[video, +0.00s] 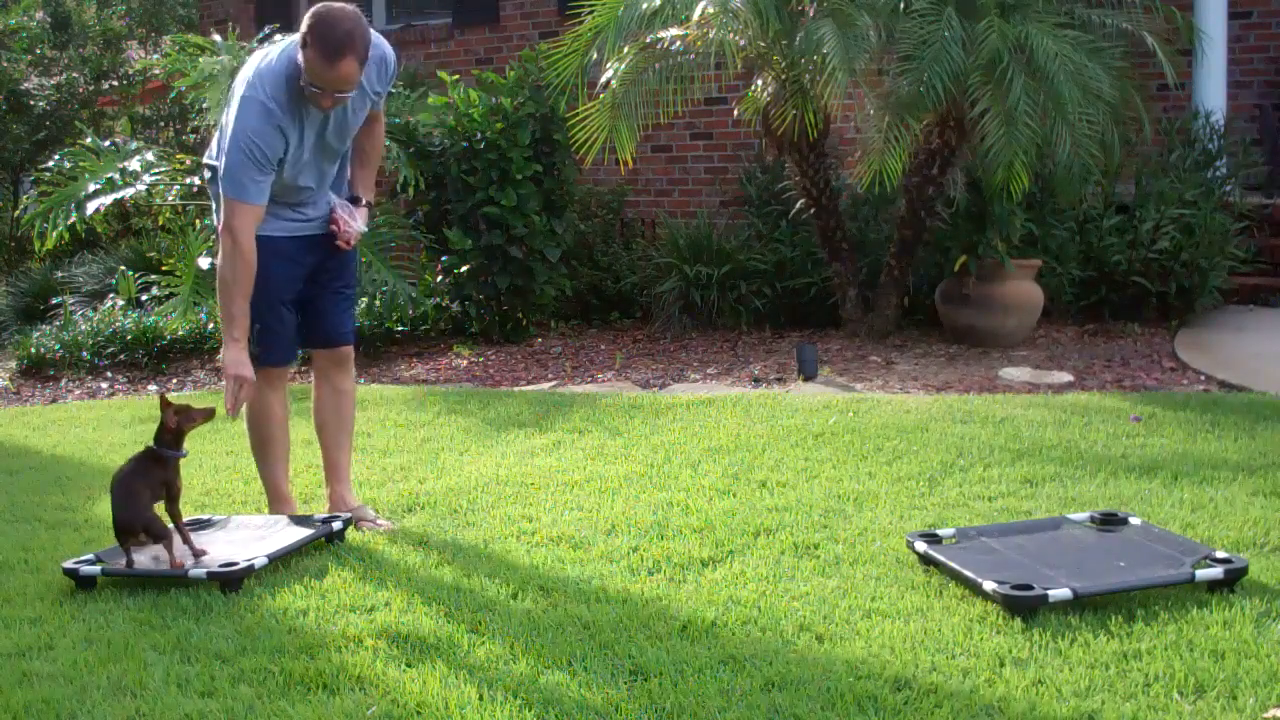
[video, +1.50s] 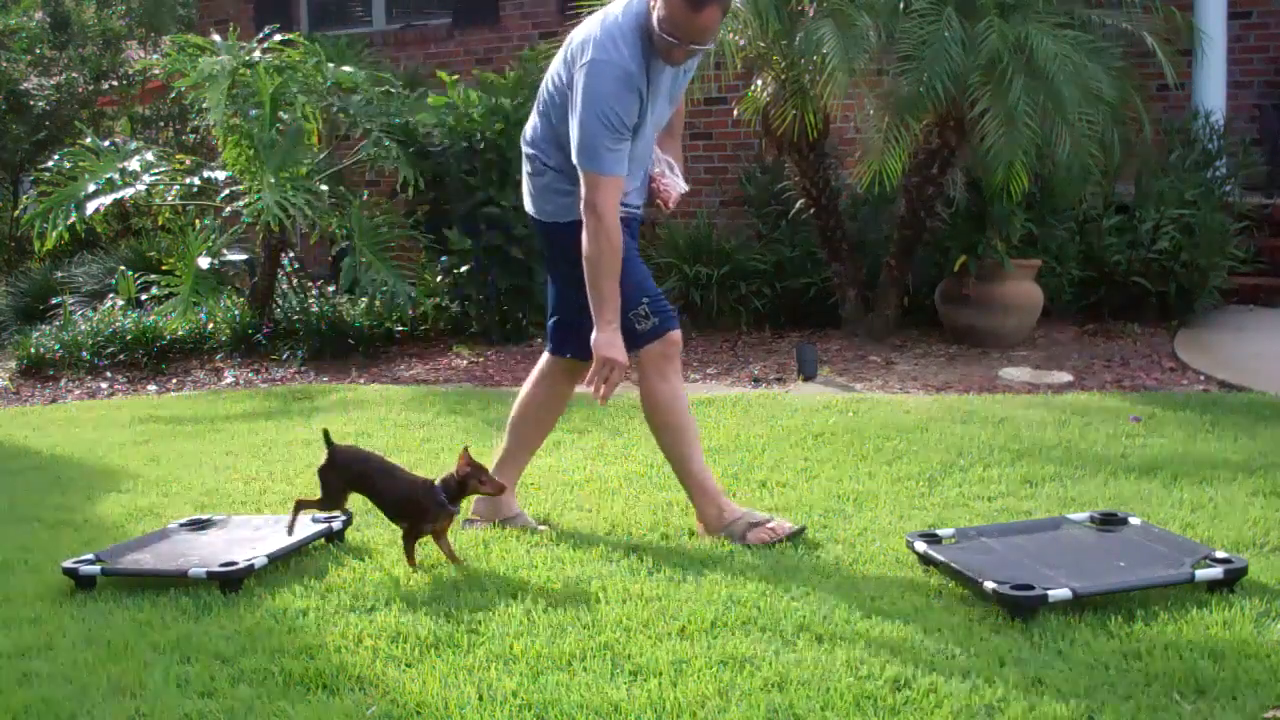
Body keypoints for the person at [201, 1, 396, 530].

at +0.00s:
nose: (330, 100)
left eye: (343, 89)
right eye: (318, 88)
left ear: (363, 60)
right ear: (300, 57)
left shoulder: (377, 58)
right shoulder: (260, 100)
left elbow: (371, 123)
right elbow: (236, 232)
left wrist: (360, 200)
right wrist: (234, 344)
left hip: (332, 219)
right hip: (264, 228)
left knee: (337, 353)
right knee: (272, 368)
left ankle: (342, 500)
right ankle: (283, 510)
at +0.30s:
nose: (353, 117)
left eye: (367, 106)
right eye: (341, 105)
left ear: (386, 76)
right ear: (323, 70)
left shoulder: (388, 66)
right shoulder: (274, 113)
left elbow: (377, 121)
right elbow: (253, 246)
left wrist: (369, 196)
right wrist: (249, 359)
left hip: (332, 217)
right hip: (263, 230)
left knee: (355, 345)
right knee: (272, 371)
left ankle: (344, 496)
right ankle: (283, 512)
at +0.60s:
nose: (402, 121)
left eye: (415, 111)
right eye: (391, 108)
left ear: (433, 83)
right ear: (374, 72)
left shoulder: (417, 72)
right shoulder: (322, 116)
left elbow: (414, 124)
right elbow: (305, 253)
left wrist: (426, 189)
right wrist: (304, 363)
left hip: (364, 212)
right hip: (293, 226)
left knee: (425, 328)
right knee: (302, 378)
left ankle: (469, 489)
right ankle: (287, 513)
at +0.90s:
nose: (498, 125)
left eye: (512, 118)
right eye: (487, 111)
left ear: (534, 92)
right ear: (475, 73)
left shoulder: (520, 81)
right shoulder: (423, 115)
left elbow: (507, 130)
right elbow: (394, 253)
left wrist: (504, 201)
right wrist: (387, 365)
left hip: (451, 216)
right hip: (372, 220)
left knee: (487, 344)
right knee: (356, 370)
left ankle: (487, 504)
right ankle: (300, 496)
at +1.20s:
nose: (582, 98)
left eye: (598, 90)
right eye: (573, 81)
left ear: (618, 66)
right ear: (559, 46)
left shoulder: (600, 51)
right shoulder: (507, 92)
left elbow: (584, 123)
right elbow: (486, 233)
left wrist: (581, 182)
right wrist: (482, 346)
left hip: (524, 194)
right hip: (460, 191)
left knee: (533, 338)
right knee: (554, 315)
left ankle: (491, 498)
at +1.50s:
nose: (689, 56)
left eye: (702, 46)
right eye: (678, 42)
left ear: (718, 21)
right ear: (655, 13)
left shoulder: (697, 33)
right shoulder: (608, 63)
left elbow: (669, 94)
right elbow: (597, 209)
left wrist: (667, 158)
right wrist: (607, 327)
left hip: (616, 198)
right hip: (567, 205)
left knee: (568, 353)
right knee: (658, 340)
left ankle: (494, 495)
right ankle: (715, 512)